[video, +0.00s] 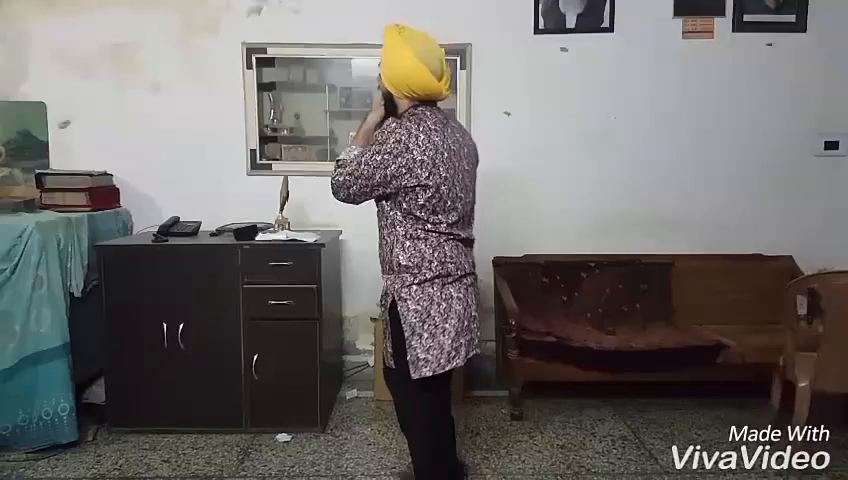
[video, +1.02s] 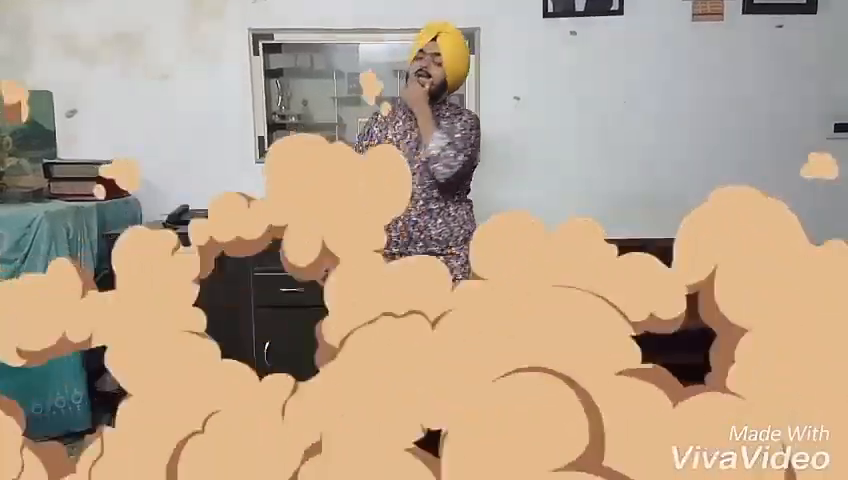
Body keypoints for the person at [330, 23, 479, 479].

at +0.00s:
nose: (381, 80)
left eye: (383, 74)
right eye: (385, 72)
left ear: (392, 85)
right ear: (435, 80)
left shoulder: (405, 140)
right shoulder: (459, 135)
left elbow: (345, 185)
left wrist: (362, 134)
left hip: (416, 293)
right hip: (456, 285)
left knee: (415, 405)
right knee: (434, 397)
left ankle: (434, 472)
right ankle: (444, 465)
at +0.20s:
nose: (376, 82)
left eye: (380, 74)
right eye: (379, 74)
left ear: (393, 83)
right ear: (419, 80)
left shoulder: (417, 137)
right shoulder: (431, 129)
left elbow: (351, 184)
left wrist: (360, 134)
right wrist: (374, 145)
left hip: (417, 282)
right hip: (425, 276)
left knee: (414, 386)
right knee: (413, 378)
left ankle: (428, 469)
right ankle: (429, 464)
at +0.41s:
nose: (379, 84)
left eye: (385, 77)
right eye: (381, 76)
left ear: (406, 86)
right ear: (411, 86)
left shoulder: (421, 135)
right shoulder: (410, 131)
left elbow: (360, 180)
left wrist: (365, 126)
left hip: (421, 274)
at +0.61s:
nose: (393, 75)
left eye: (403, 69)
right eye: (393, 67)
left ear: (424, 78)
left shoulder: (435, 130)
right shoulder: (402, 126)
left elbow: (387, 180)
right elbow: (379, 196)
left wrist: (380, 129)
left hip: (428, 262)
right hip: (402, 258)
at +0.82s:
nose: (408, 71)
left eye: (421, 66)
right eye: (406, 63)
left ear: (442, 76)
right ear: (400, 67)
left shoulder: (454, 128)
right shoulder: (381, 126)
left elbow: (416, 180)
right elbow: (362, 178)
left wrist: (401, 117)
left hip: (437, 247)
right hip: (386, 241)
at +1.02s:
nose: (424, 64)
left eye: (436, 59)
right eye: (420, 56)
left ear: (453, 71)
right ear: (411, 61)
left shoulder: (463, 121)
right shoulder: (387, 115)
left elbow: (448, 174)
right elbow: (356, 170)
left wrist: (420, 108)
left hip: (446, 249)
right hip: (391, 247)